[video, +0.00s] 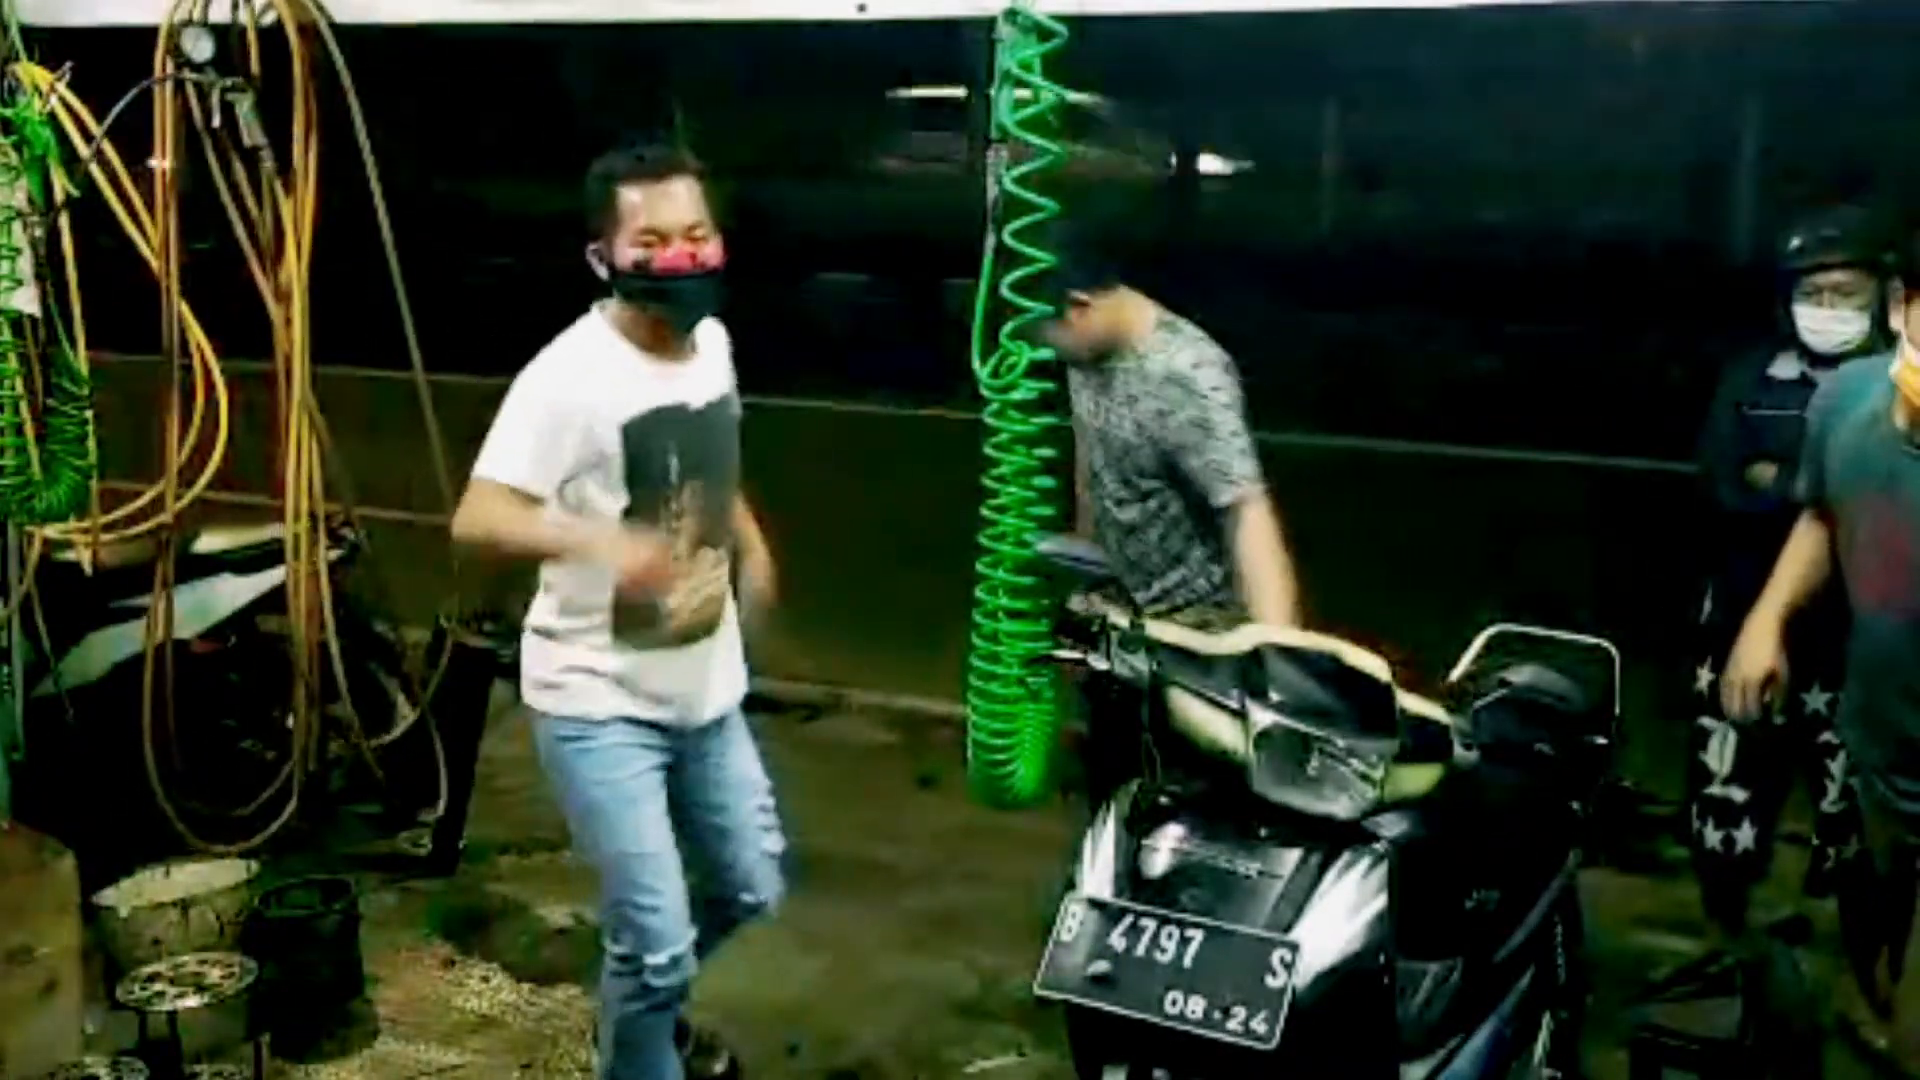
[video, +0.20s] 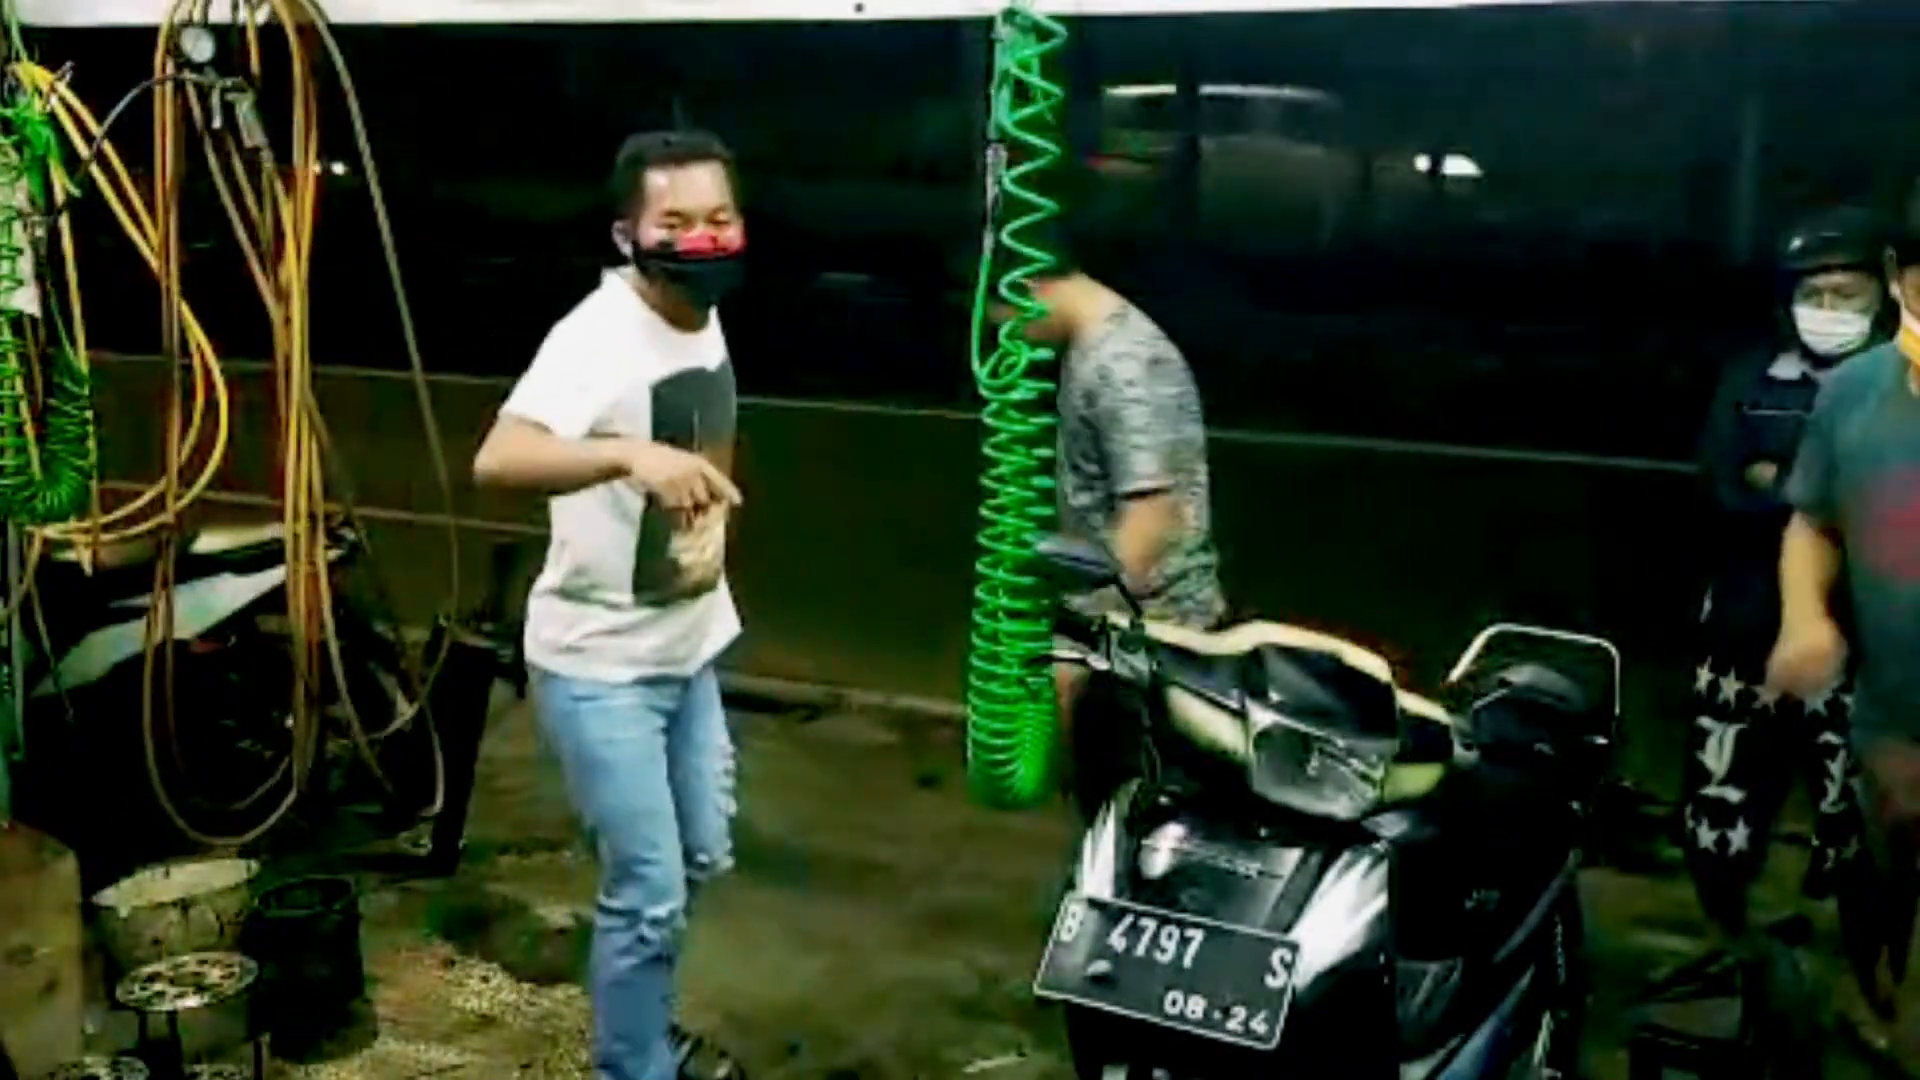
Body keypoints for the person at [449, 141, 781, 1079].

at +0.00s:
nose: (680, 259)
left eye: (694, 237)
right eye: (654, 242)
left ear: (716, 241)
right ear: (606, 258)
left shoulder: (708, 344)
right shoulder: (566, 377)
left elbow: (703, 463)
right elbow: (479, 515)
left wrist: (747, 538)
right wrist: (608, 544)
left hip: (703, 680)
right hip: (594, 694)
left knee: (747, 882)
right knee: (657, 946)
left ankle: (641, 996)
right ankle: (639, 1063)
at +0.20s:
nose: (702, 240)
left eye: (717, 219)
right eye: (677, 222)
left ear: (735, 223)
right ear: (629, 234)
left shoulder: (701, 317)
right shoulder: (593, 335)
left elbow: (697, 433)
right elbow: (499, 457)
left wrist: (715, 510)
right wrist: (631, 458)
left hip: (686, 644)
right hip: (596, 660)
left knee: (699, 857)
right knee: (647, 889)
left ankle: (649, 1028)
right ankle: (633, 1066)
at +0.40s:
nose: (696, 248)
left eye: (711, 227)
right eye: (672, 230)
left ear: (732, 231)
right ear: (628, 238)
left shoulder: (729, 339)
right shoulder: (572, 348)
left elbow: (727, 473)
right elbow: (508, 487)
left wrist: (784, 581)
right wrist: (587, 579)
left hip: (693, 644)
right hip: (590, 650)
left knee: (721, 843)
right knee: (652, 858)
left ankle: (645, 1026)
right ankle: (583, 1057)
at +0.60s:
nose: (675, 249)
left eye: (690, 228)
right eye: (654, 232)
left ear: (712, 233)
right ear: (612, 237)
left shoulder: (749, 356)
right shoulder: (547, 336)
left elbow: (802, 484)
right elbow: (483, 446)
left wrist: (809, 471)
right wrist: (494, 564)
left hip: (707, 653)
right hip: (586, 656)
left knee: (734, 845)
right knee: (592, 872)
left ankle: (641, 1032)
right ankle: (597, 930)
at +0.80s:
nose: (645, 234)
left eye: (662, 216)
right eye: (625, 218)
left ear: (689, 220)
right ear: (594, 224)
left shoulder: (730, 327)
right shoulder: (549, 313)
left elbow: (812, 448)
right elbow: (498, 411)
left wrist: (772, 394)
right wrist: (469, 516)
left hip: (689, 627)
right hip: (573, 624)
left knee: (702, 833)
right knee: (593, 827)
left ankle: (642, 1031)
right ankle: (632, 927)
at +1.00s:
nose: (578, 231)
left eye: (598, 215)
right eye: (569, 214)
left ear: (650, 219)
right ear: (559, 215)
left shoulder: (710, 304)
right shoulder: (543, 297)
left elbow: (766, 426)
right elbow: (501, 393)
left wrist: (731, 471)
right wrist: (475, 477)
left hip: (683, 602)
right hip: (570, 603)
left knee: (697, 795)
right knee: (582, 799)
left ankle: (665, 997)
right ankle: (630, 923)